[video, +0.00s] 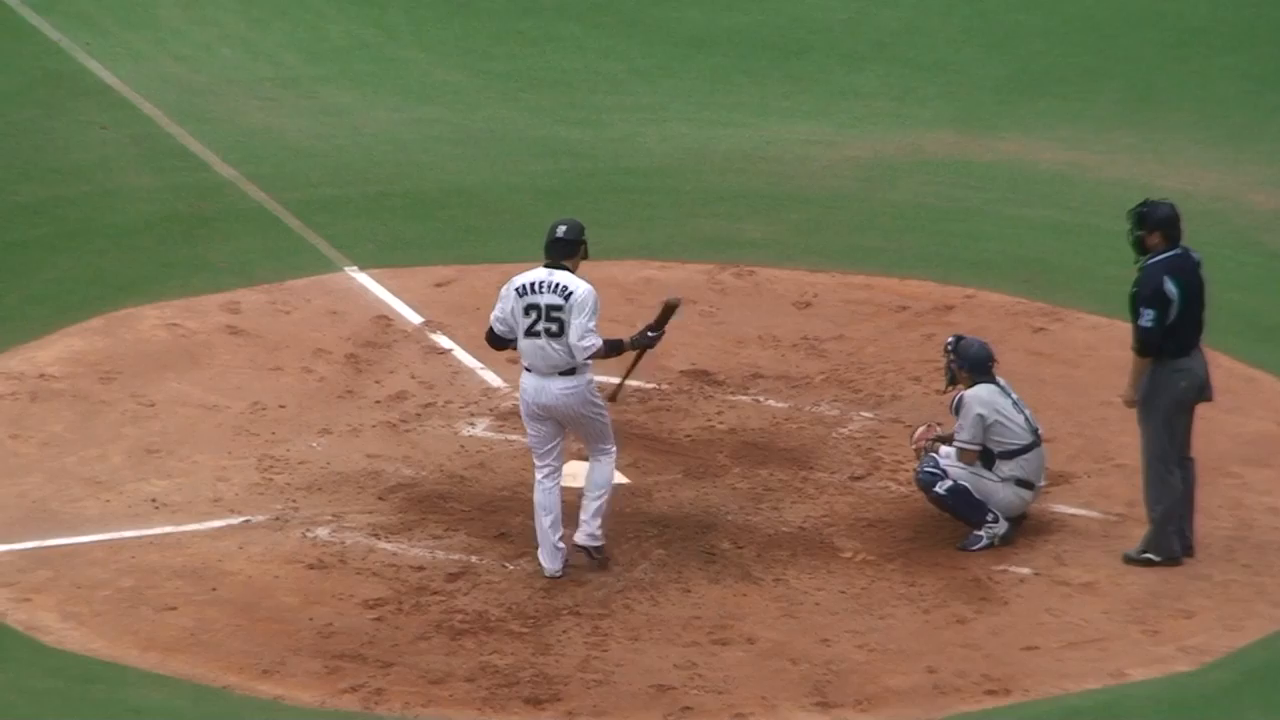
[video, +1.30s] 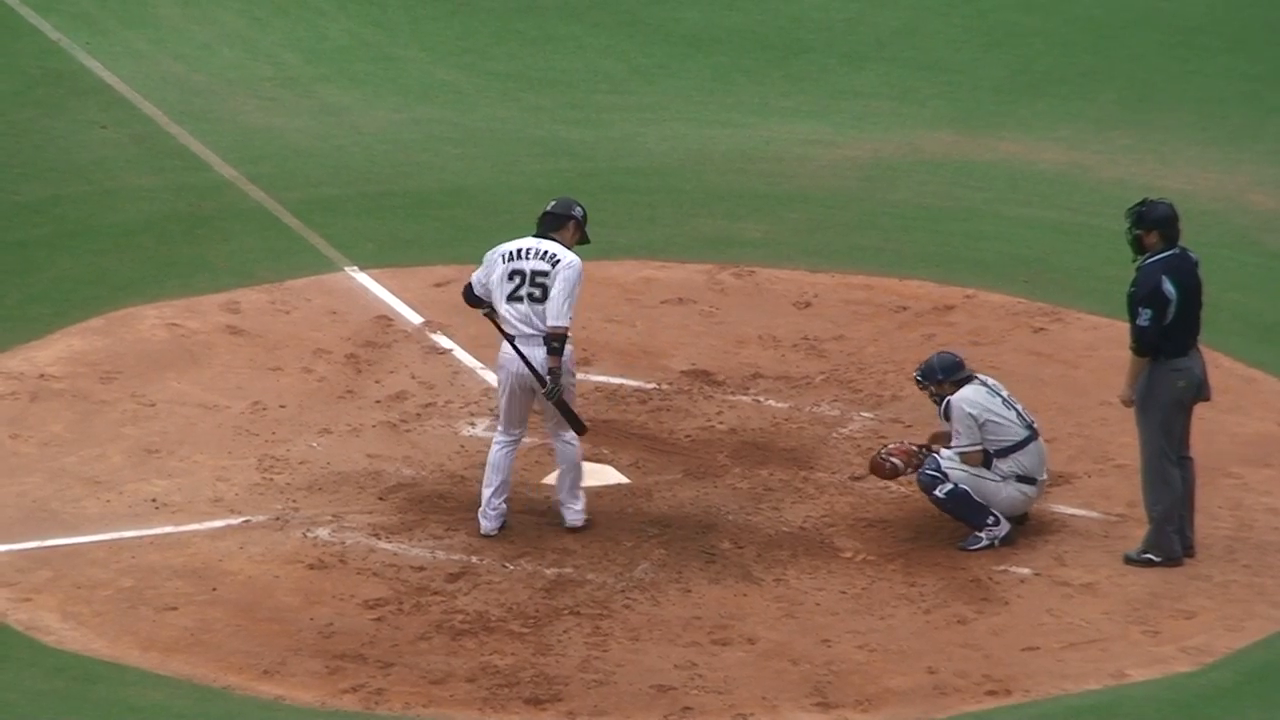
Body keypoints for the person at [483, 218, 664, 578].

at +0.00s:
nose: (584, 254)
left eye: (581, 249)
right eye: (584, 250)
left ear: (547, 250)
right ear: (579, 252)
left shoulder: (517, 284)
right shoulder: (582, 291)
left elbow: (497, 339)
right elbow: (587, 348)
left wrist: (534, 328)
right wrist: (632, 343)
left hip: (532, 388)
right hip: (573, 390)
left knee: (546, 471)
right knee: (602, 452)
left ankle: (551, 559)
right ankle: (589, 534)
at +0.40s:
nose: (612, 249)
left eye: (612, 243)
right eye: (610, 243)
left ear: (576, 240)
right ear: (602, 241)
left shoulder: (541, 268)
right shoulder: (613, 280)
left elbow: (509, 315)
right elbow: (626, 338)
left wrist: (507, 356)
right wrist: (658, 342)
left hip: (547, 375)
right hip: (591, 377)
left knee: (542, 440)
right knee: (610, 447)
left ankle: (532, 512)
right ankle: (621, 527)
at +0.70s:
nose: (589, 244)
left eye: (590, 237)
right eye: (589, 236)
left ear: (555, 229)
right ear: (579, 233)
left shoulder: (516, 256)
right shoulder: (586, 275)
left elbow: (487, 303)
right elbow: (607, 335)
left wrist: (466, 354)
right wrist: (634, 356)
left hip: (513, 364)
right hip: (557, 369)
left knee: (509, 433)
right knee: (590, 436)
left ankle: (490, 516)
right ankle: (610, 518)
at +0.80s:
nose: (580, 247)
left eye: (582, 241)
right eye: (581, 239)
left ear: (547, 229)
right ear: (573, 234)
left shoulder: (508, 253)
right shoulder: (577, 275)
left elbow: (476, 298)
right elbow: (594, 338)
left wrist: (450, 347)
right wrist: (617, 372)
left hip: (501, 361)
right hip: (544, 369)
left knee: (502, 435)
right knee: (570, 436)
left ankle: (490, 518)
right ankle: (579, 514)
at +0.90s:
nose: (574, 243)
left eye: (575, 237)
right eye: (574, 235)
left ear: (542, 226)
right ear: (566, 231)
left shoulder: (500, 250)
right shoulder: (570, 272)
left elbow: (462, 293)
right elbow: (579, 339)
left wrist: (435, 339)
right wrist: (592, 381)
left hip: (495, 359)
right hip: (537, 365)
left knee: (493, 435)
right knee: (543, 434)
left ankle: (484, 518)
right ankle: (546, 510)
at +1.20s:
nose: (570, 241)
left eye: (572, 236)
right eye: (571, 234)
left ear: (537, 223)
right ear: (563, 227)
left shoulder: (497, 252)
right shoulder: (562, 261)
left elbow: (459, 289)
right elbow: (553, 321)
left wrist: (472, 312)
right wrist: (550, 373)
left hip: (504, 356)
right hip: (542, 359)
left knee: (501, 434)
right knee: (542, 433)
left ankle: (488, 516)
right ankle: (538, 508)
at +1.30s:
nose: (576, 241)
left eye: (579, 236)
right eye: (578, 234)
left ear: (543, 223)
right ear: (569, 226)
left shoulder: (504, 251)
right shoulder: (567, 262)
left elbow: (471, 294)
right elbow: (557, 323)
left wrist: (495, 313)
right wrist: (554, 375)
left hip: (512, 355)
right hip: (550, 358)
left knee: (507, 434)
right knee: (564, 433)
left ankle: (490, 516)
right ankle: (573, 511)